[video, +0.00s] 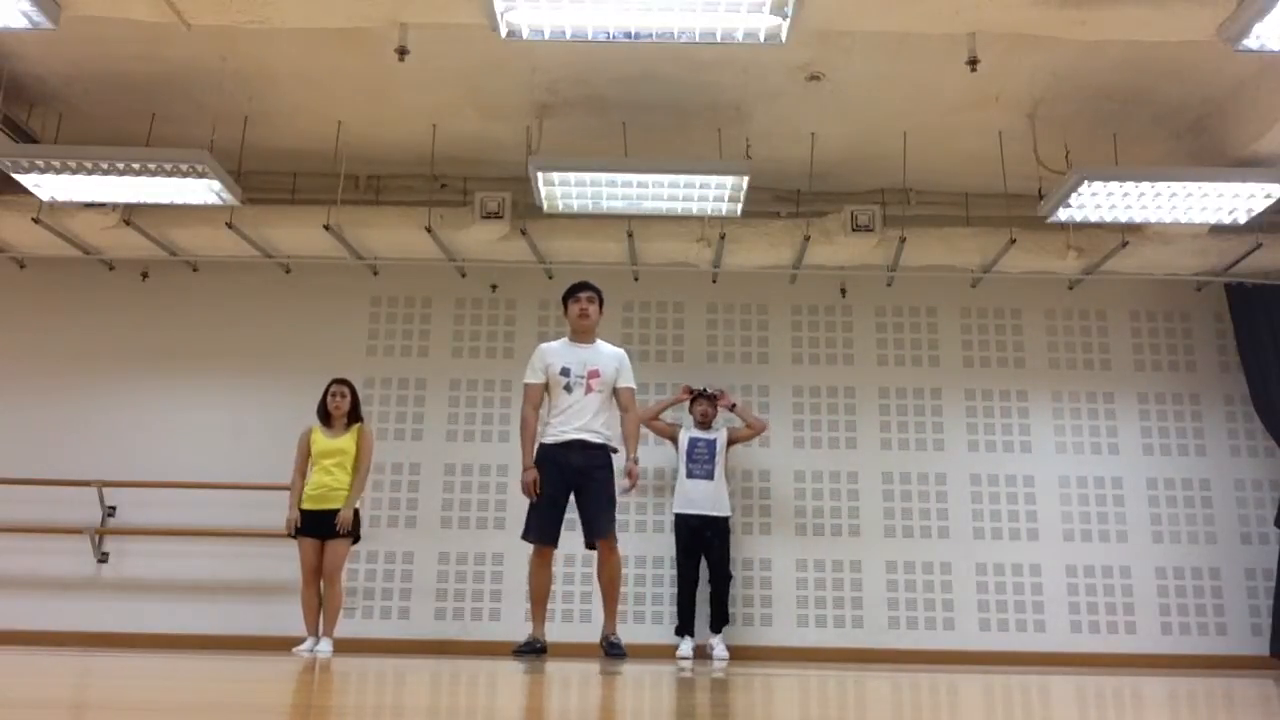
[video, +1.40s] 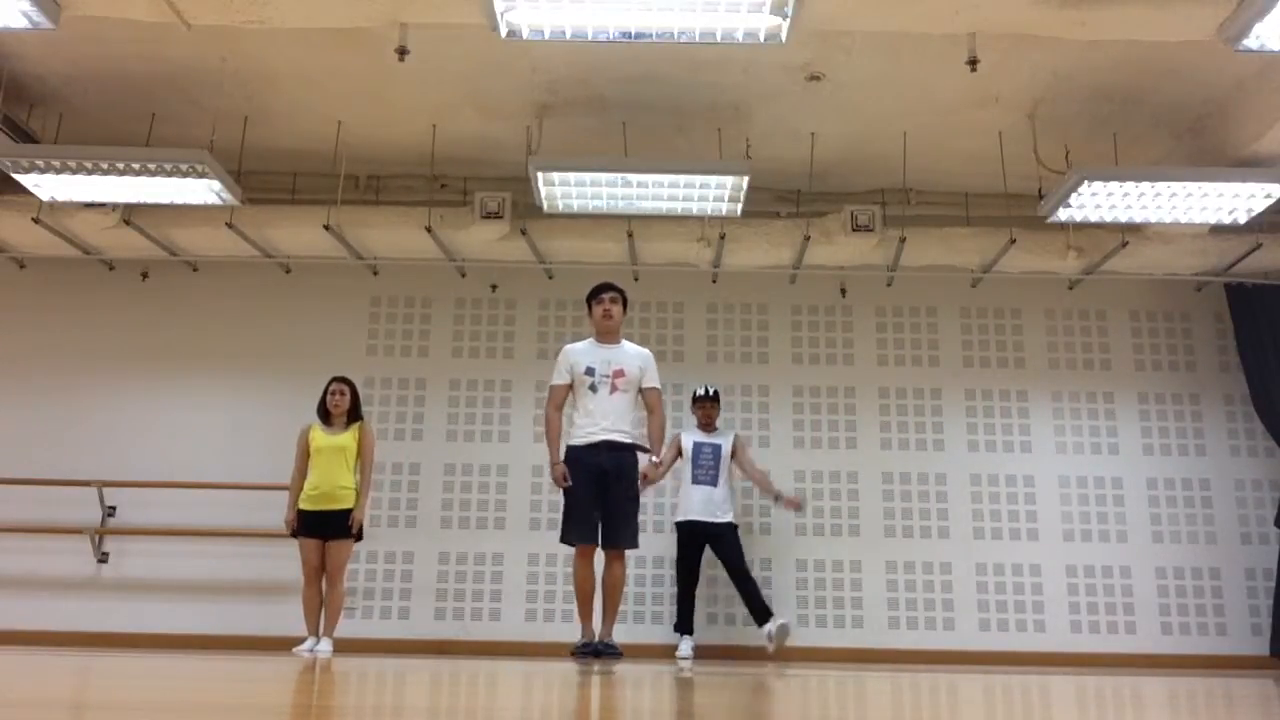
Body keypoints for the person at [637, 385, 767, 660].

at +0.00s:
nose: (703, 413)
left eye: (708, 408)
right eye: (698, 408)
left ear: (715, 411)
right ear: (691, 411)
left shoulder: (724, 436)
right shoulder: (680, 434)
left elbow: (759, 427)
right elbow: (645, 418)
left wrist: (731, 405)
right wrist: (675, 399)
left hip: (716, 515)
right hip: (687, 514)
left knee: (720, 578)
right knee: (687, 578)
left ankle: (716, 636)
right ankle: (686, 638)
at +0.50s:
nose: (695, 407)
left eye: (700, 404)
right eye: (691, 404)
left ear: (708, 409)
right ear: (683, 410)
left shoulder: (718, 437)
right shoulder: (672, 436)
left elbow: (756, 438)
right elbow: (636, 443)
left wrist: (736, 410)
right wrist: (643, 410)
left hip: (710, 516)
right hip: (680, 516)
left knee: (713, 578)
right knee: (683, 580)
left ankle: (714, 638)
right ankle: (685, 639)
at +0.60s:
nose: (694, 408)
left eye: (699, 404)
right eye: (689, 404)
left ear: (706, 409)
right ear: (682, 410)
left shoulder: (717, 438)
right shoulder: (671, 436)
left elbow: (754, 450)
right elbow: (642, 453)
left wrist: (745, 420)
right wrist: (631, 430)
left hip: (709, 518)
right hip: (679, 517)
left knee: (712, 579)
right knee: (683, 581)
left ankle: (714, 638)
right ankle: (685, 639)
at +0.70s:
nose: (693, 409)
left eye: (698, 405)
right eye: (688, 405)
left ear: (706, 410)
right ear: (681, 411)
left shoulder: (717, 442)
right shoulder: (669, 441)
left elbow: (741, 467)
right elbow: (650, 466)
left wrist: (753, 448)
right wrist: (639, 471)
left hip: (708, 520)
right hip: (678, 518)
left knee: (710, 579)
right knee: (682, 581)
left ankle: (713, 637)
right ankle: (685, 639)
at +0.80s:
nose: (693, 410)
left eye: (698, 406)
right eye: (688, 406)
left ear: (705, 411)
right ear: (681, 411)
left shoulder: (717, 443)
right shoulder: (669, 441)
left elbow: (727, 478)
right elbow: (654, 476)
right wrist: (639, 491)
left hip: (707, 520)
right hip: (677, 518)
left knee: (709, 579)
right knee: (681, 581)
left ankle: (712, 636)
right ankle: (685, 638)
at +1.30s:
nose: (701, 414)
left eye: (706, 409)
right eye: (696, 409)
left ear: (713, 411)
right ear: (687, 411)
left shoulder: (725, 442)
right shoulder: (676, 442)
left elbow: (739, 480)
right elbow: (659, 476)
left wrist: (754, 511)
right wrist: (643, 504)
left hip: (715, 520)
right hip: (683, 520)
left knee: (730, 573)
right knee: (684, 582)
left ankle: (753, 629)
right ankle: (685, 638)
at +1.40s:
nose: (707, 414)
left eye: (712, 409)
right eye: (702, 409)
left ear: (719, 410)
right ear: (693, 411)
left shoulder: (732, 441)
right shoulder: (682, 439)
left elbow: (753, 472)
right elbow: (660, 468)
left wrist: (780, 497)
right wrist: (643, 480)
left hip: (721, 521)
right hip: (689, 520)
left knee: (739, 572)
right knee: (687, 582)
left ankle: (768, 627)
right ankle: (685, 638)